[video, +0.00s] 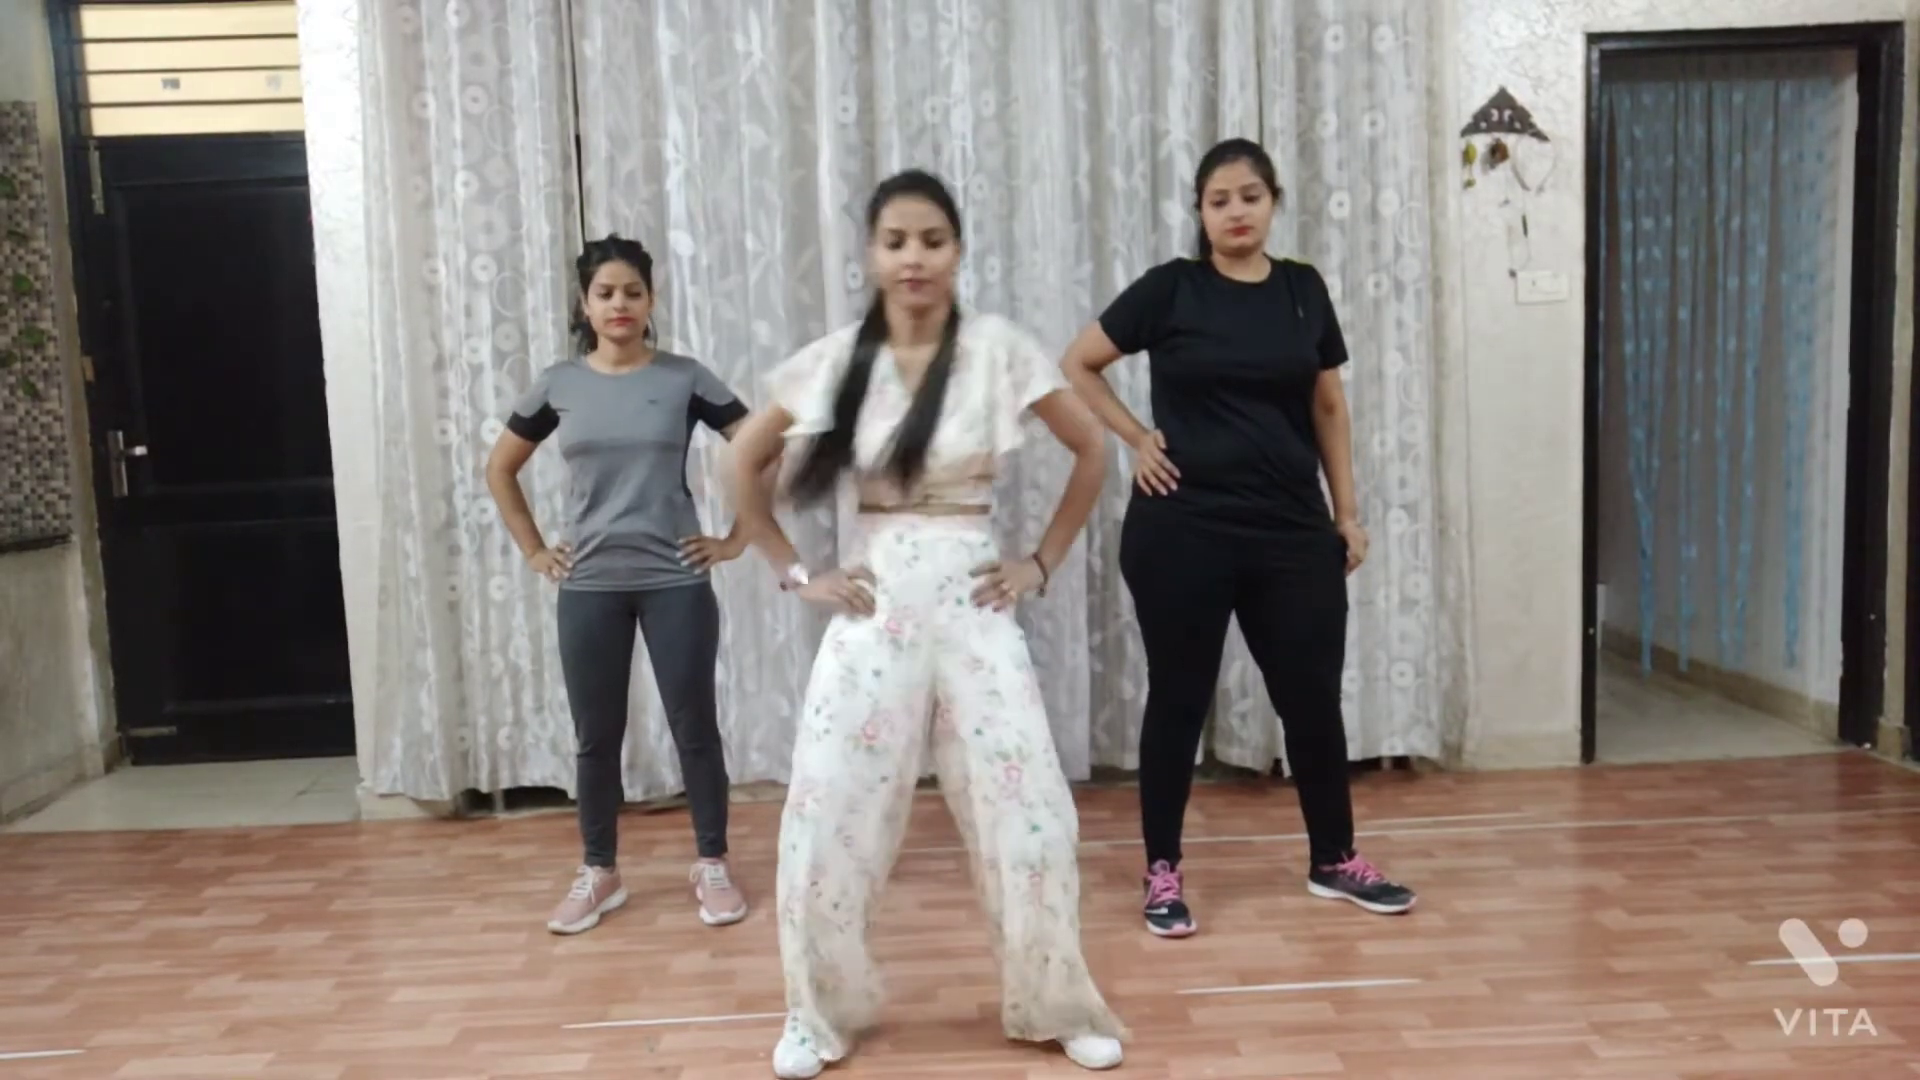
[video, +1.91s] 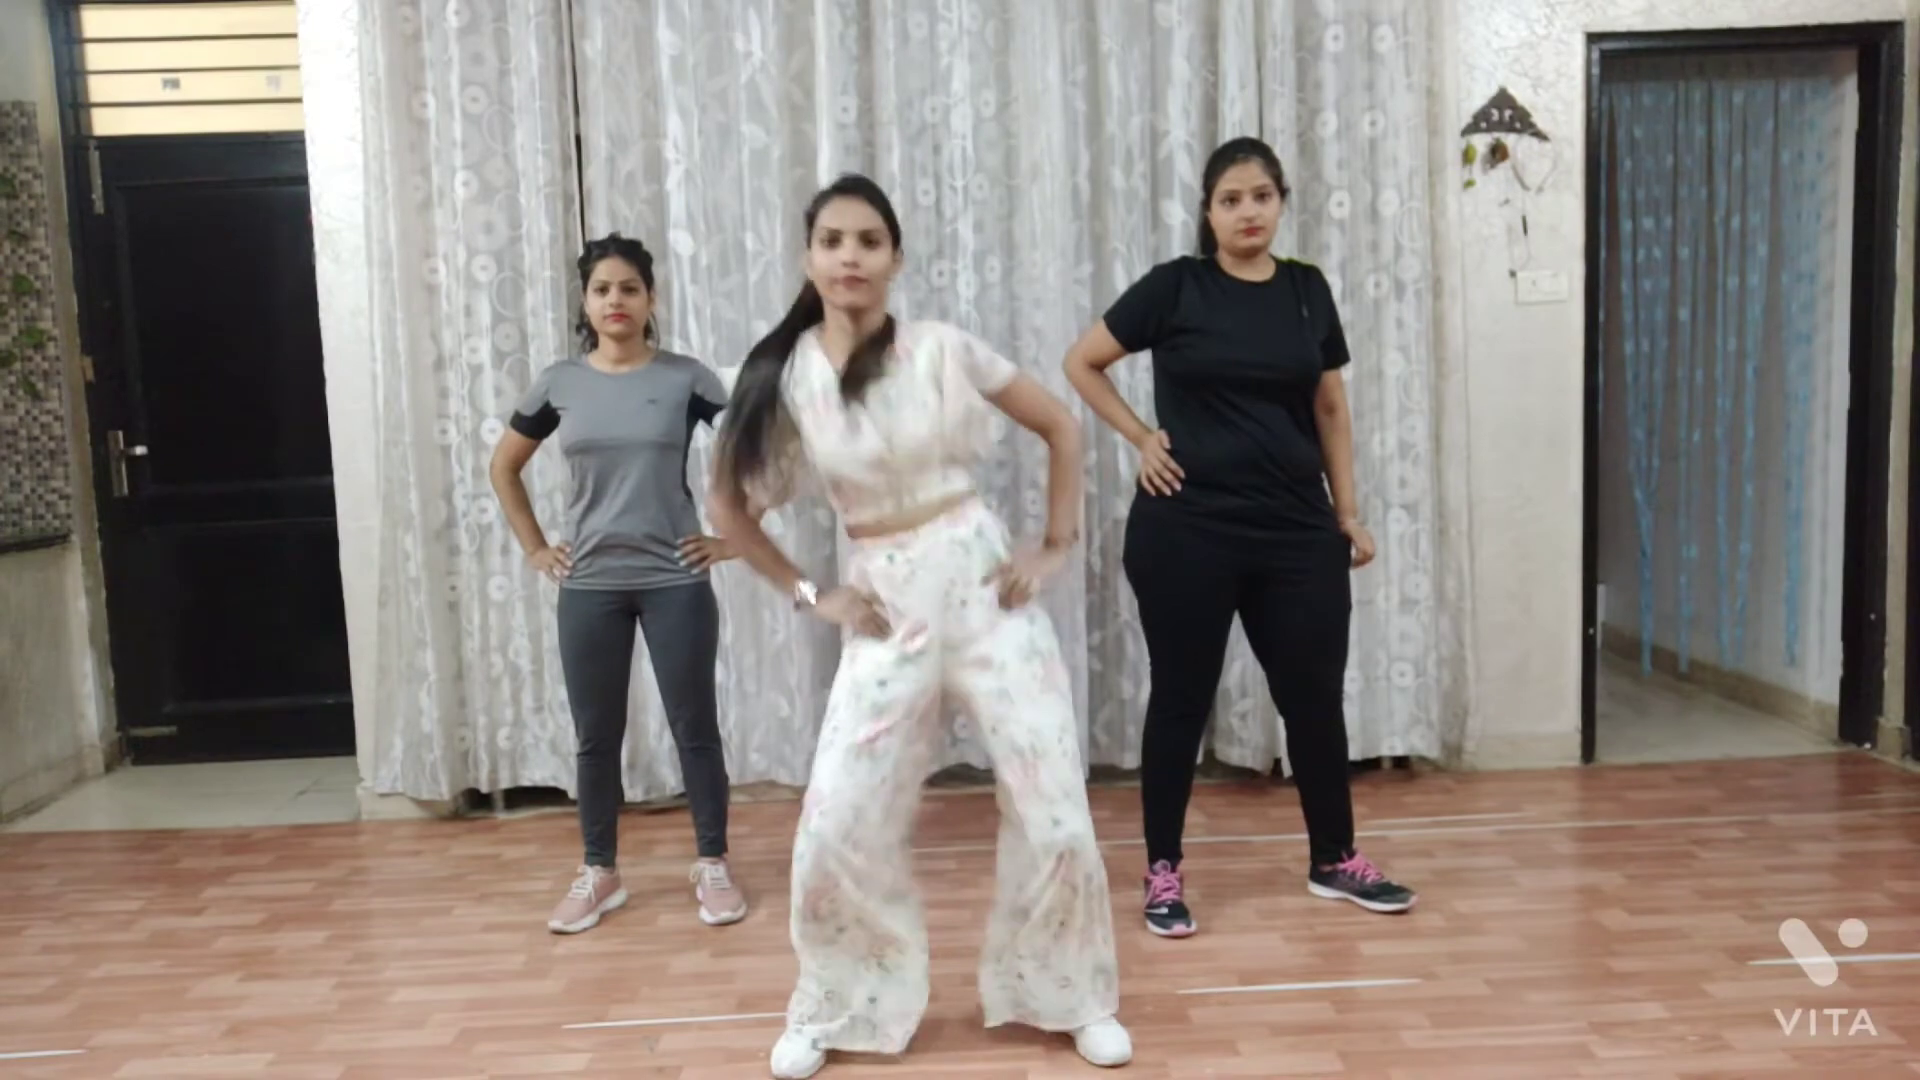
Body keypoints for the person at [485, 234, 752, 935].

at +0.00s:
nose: (621, 306)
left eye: (633, 294)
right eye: (607, 294)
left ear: (650, 302)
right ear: (585, 305)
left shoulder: (685, 379)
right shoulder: (559, 385)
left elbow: (765, 451)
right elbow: (499, 467)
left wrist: (737, 537)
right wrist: (536, 550)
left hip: (675, 575)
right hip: (590, 580)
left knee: (694, 726)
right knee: (595, 737)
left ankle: (713, 866)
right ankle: (599, 873)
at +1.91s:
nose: (616, 301)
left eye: (629, 289)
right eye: (603, 290)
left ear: (650, 300)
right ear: (586, 303)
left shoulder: (688, 378)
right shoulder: (560, 383)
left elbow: (770, 451)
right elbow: (504, 466)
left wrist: (737, 534)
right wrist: (537, 547)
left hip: (675, 575)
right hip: (590, 580)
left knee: (694, 726)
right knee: (595, 737)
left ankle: (713, 866)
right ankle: (599, 872)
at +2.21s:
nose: (614, 300)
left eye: (627, 288)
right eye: (601, 289)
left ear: (649, 300)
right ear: (583, 302)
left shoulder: (684, 378)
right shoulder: (559, 384)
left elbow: (766, 451)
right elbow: (502, 468)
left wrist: (736, 538)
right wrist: (538, 549)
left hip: (675, 576)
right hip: (589, 581)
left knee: (694, 728)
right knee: (596, 737)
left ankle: (713, 866)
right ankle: (599, 872)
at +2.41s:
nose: (614, 300)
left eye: (627, 288)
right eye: (601, 289)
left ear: (649, 299)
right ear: (583, 302)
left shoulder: (684, 378)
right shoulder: (558, 384)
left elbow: (765, 455)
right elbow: (502, 468)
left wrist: (736, 538)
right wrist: (537, 549)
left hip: (674, 575)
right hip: (589, 580)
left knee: (695, 729)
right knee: (596, 738)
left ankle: (713, 866)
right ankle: (599, 872)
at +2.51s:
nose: (614, 300)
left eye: (627, 288)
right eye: (601, 290)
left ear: (650, 299)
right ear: (583, 302)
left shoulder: (685, 378)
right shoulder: (558, 384)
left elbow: (766, 453)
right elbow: (503, 467)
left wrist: (736, 538)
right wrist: (537, 549)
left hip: (675, 574)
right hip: (590, 578)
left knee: (694, 728)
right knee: (596, 736)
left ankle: (712, 867)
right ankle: (599, 872)